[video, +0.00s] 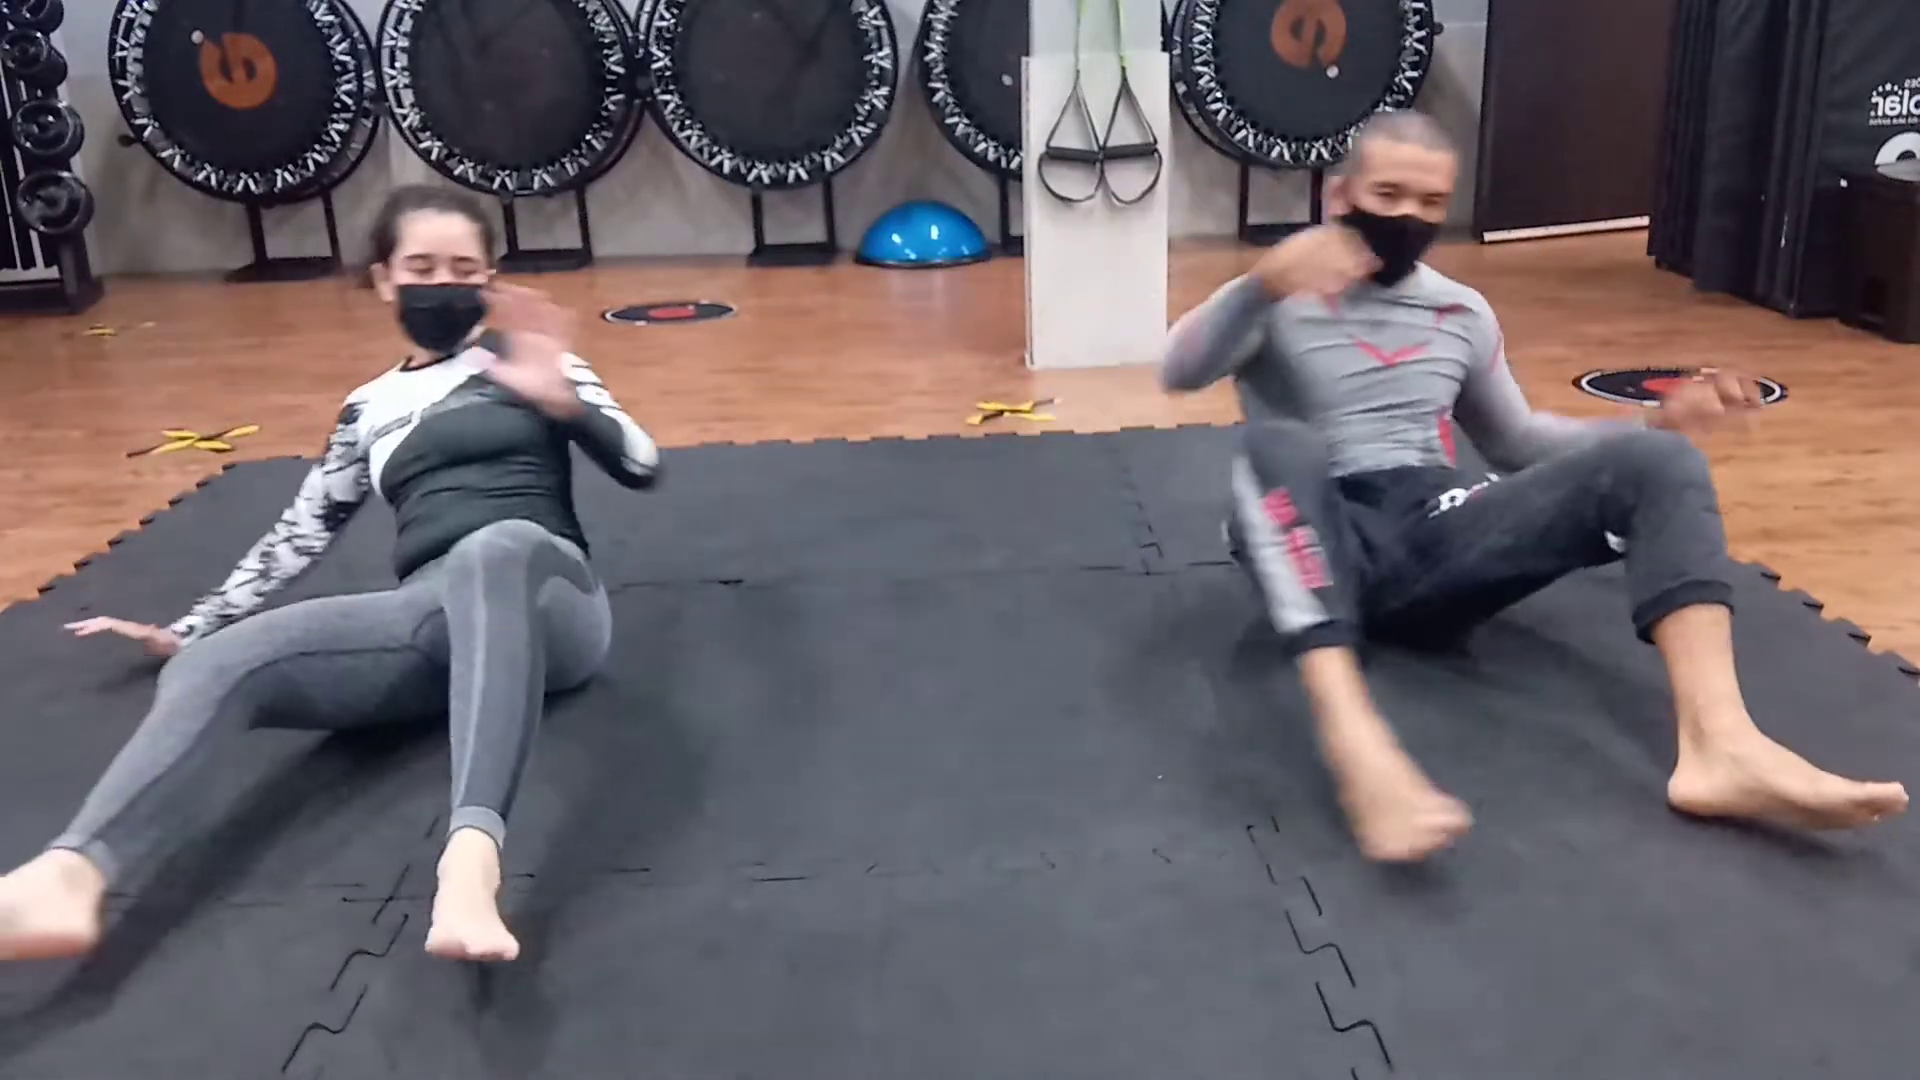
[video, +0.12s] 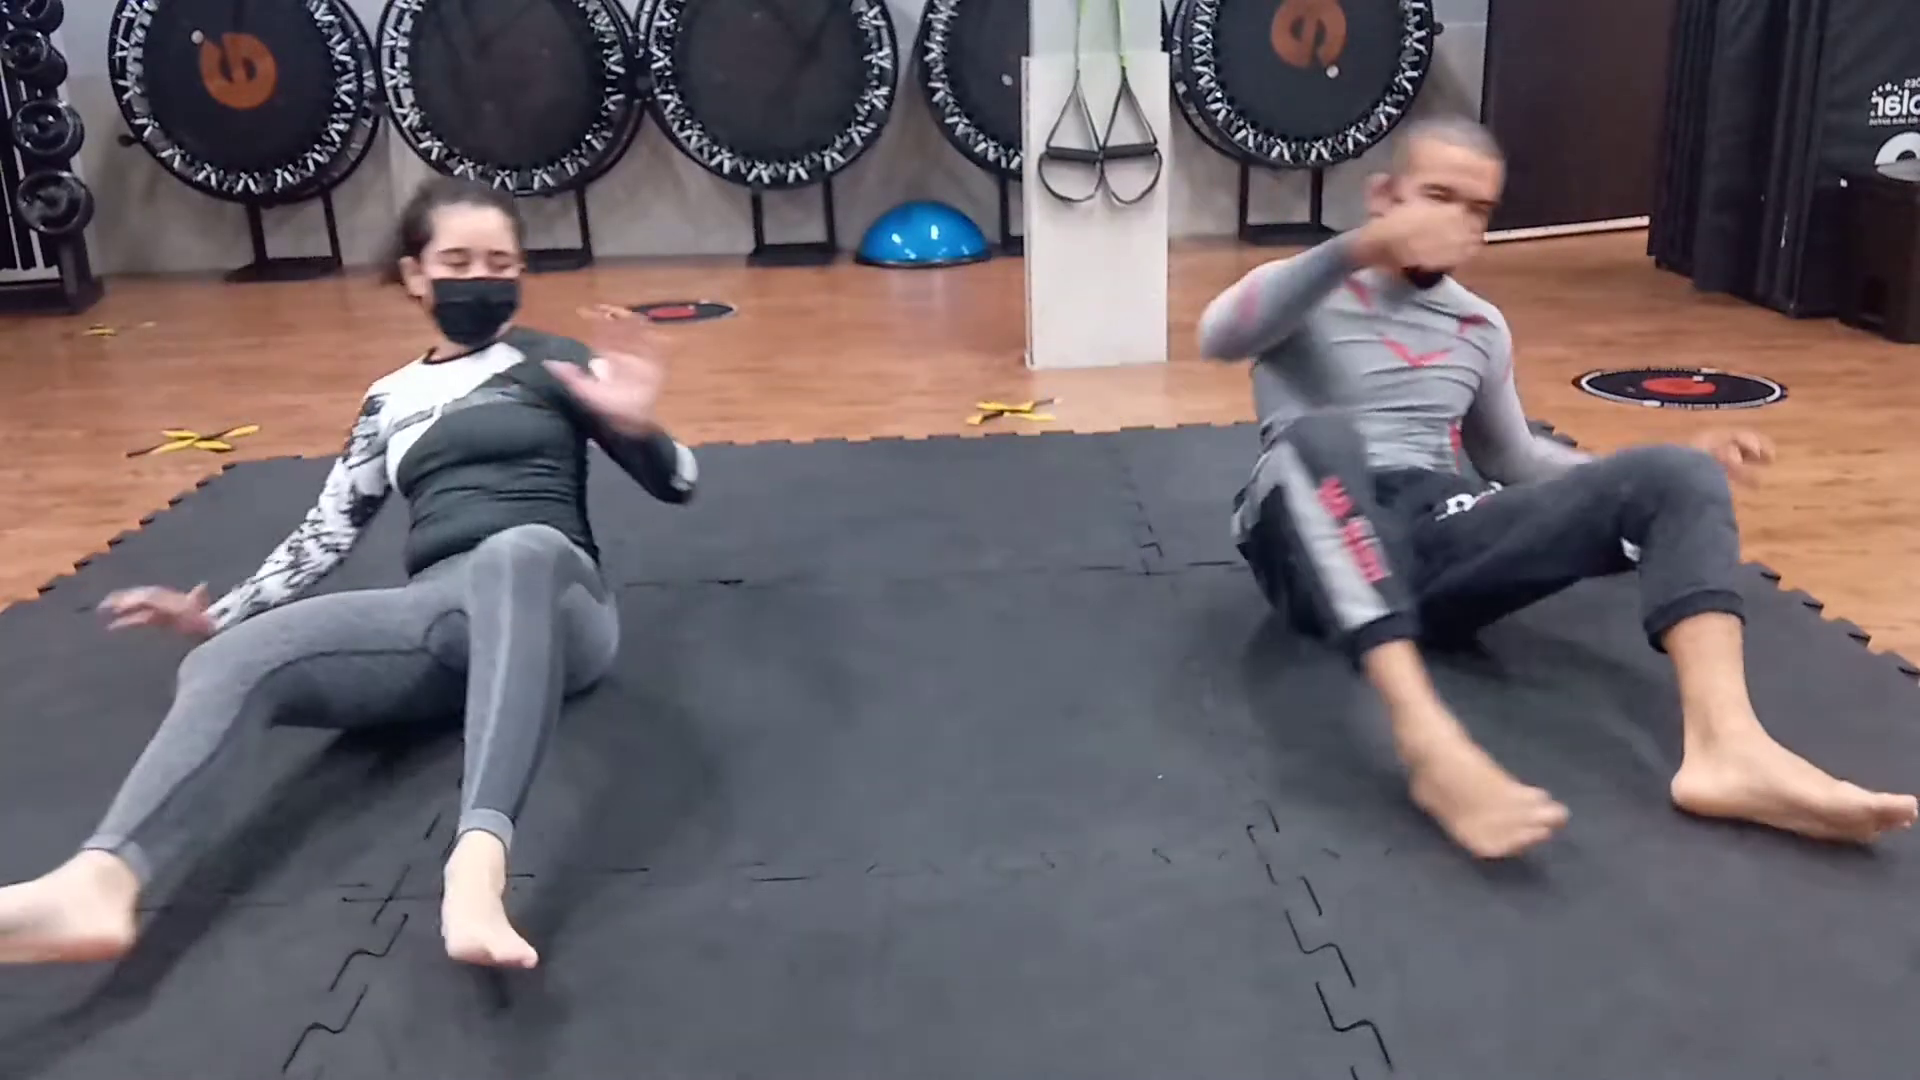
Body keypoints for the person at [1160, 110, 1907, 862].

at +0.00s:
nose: (1408, 217)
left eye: (1429, 202)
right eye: (1388, 195)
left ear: (1448, 208)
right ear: (1338, 193)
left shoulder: (1462, 314)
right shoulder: (1279, 293)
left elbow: (1519, 440)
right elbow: (1177, 371)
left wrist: (1658, 418)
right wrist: (1263, 280)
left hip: (1444, 541)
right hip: (1332, 540)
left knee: (1655, 459)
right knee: (1273, 443)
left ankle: (1719, 739)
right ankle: (1358, 745)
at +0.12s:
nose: (1462, 225)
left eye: (1481, 211)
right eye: (1444, 197)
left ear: (1489, 222)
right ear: (1388, 195)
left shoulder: (1479, 326)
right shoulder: (1306, 287)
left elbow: (1519, 458)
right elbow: (1218, 340)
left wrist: (1674, 474)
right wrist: (1356, 248)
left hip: (1449, 543)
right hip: (1334, 544)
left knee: (1680, 476)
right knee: (1308, 441)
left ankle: (1725, 740)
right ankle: (1431, 744)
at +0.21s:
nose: (1484, 222)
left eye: (1505, 208)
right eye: (1470, 197)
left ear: (1521, 226)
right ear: (1414, 200)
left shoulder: (1490, 337)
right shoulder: (1327, 285)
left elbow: (1515, 471)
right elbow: (1251, 316)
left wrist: (1683, 501)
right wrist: (1414, 235)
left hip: (1455, 545)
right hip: (1333, 554)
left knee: (1689, 486)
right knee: (1319, 438)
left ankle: (1728, 741)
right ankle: (1465, 737)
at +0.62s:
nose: (1617, 275)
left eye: (1631, 269)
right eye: (1607, 250)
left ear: (1621, 288)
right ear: (1545, 225)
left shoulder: (1542, 363)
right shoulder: (1421, 277)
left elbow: (1527, 482)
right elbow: (1481, 244)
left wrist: (1550, 598)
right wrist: (1664, 236)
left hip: (1474, 580)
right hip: (1359, 541)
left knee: (1749, 539)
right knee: (1480, 395)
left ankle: (1755, 736)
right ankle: (1586, 709)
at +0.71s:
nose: (1624, 276)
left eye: (1637, 272)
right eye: (1620, 252)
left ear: (1600, 298)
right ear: (1561, 226)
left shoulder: (1553, 369)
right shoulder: (1437, 270)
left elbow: (1574, 506)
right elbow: (1529, 238)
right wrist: (1696, 248)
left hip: (1484, 579)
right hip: (1372, 536)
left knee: (1757, 551)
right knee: (1533, 384)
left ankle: (1768, 737)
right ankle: (1594, 706)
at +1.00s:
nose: (1621, 325)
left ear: (1608, 306)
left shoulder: (1570, 387)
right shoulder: (1504, 258)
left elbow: (1551, 520)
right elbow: (1651, 236)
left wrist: (1681, 538)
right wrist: (1782, 280)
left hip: (1467, 586)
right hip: (1410, 493)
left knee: (1761, 587)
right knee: (1686, 398)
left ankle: (1777, 732)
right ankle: (1619, 711)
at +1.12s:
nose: (1690, 298)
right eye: (1690, 286)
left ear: (1630, 317)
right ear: (1641, 254)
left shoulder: (1574, 391)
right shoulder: (1531, 256)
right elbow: (1702, 245)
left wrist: (1708, 531)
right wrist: (1809, 297)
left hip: (1462, 594)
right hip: (1428, 486)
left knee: (1765, 592)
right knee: (1734, 412)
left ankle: (1777, 729)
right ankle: (1626, 709)